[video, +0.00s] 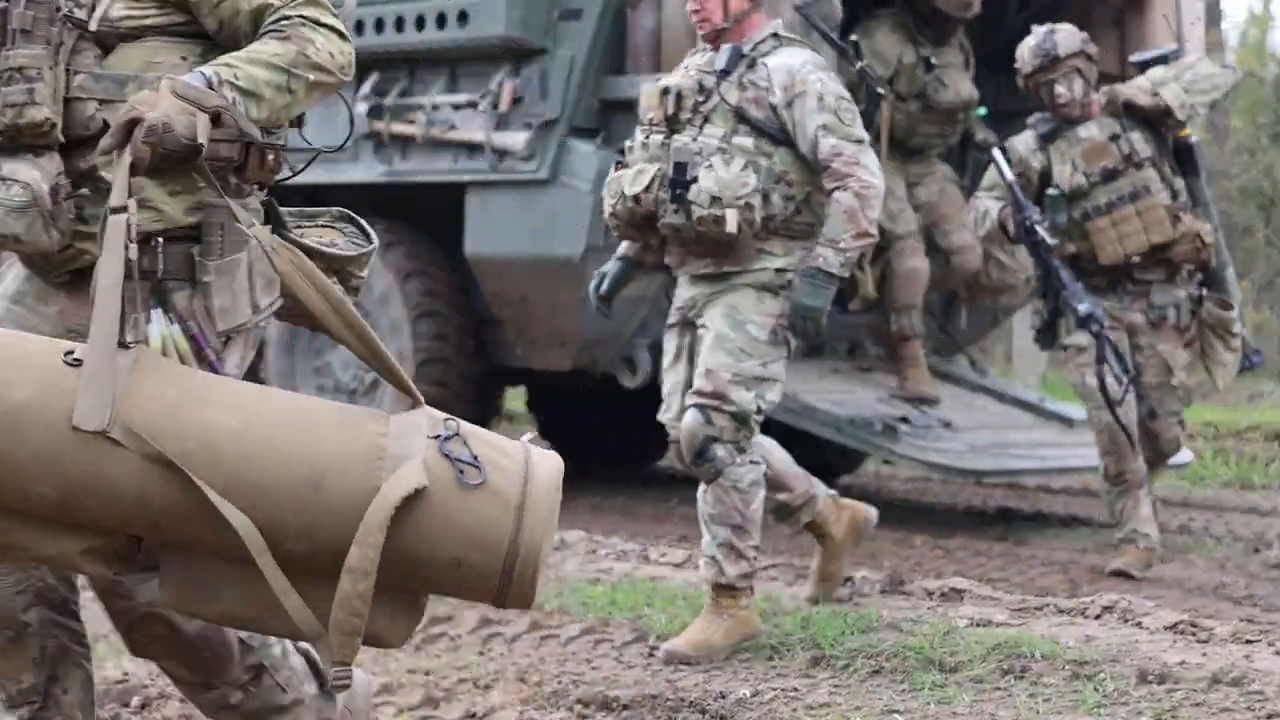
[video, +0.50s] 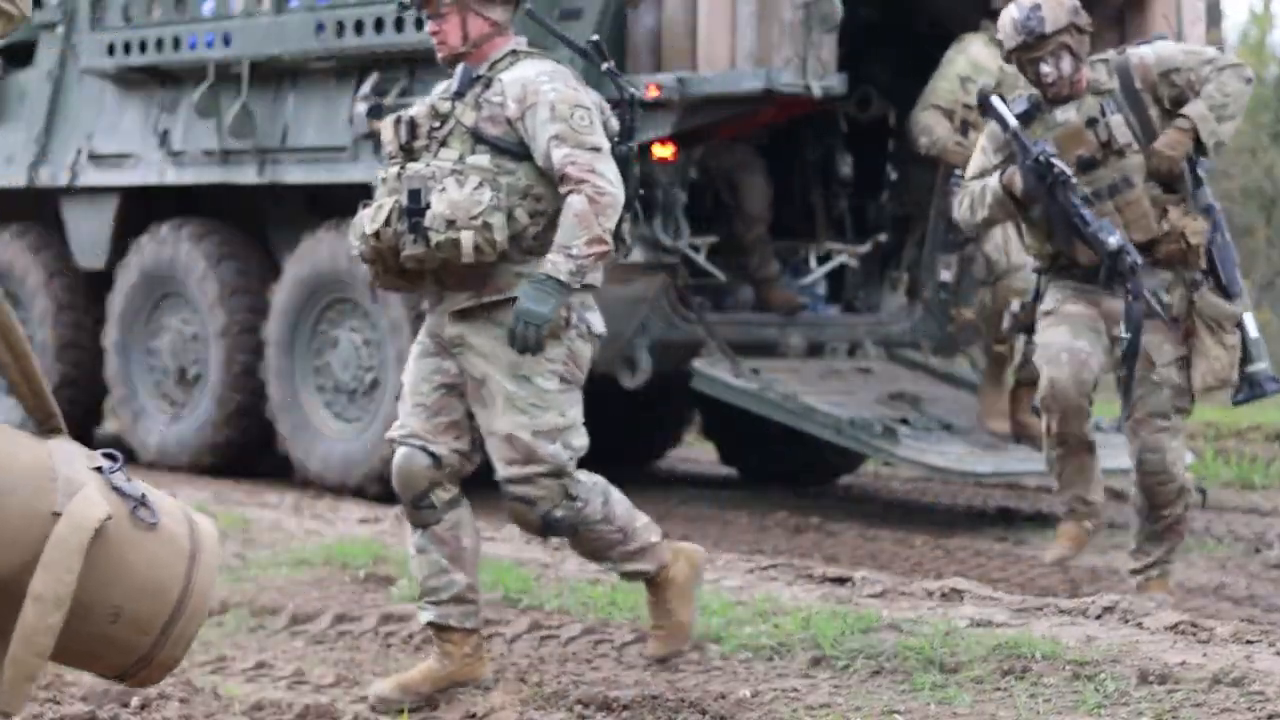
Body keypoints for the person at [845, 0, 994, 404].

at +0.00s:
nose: (972, 3)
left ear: (975, 7)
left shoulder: (960, 44)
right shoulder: (885, 37)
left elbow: (961, 104)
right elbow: (862, 109)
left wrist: (977, 129)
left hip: (930, 159)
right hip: (882, 157)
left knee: (967, 258)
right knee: (910, 261)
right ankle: (912, 364)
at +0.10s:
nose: (970, 29)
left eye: (975, 22)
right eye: (964, 19)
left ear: (977, 17)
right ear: (937, 6)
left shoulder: (972, 45)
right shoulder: (898, 41)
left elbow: (977, 110)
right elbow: (849, 99)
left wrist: (1001, 129)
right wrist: (877, 127)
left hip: (951, 167)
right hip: (903, 165)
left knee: (987, 255)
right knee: (926, 269)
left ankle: (945, 347)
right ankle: (916, 364)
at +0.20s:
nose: (985, 24)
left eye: (991, 17)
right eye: (978, 14)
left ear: (995, 14)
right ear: (954, 5)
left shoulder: (987, 47)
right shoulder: (917, 38)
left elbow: (1002, 106)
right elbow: (864, 100)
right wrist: (898, 130)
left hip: (970, 171)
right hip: (922, 171)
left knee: (999, 262)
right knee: (933, 275)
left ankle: (989, 379)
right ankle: (916, 371)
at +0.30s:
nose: (1005, 19)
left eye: (1010, 14)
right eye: (1000, 10)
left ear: (1012, 15)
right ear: (977, 3)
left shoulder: (1007, 52)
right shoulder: (939, 37)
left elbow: (1034, 99)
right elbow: (891, 101)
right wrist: (916, 129)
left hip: (996, 178)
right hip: (942, 175)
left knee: (1005, 282)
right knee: (948, 280)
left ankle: (1009, 398)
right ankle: (923, 364)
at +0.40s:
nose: (1014, 11)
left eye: (1019, 7)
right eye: (1009, 5)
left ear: (1018, 12)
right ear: (988, 4)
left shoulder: (1019, 53)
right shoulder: (960, 45)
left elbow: (1039, 110)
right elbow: (912, 116)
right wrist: (947, 145)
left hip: (1009, 188)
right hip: (961, 188)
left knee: (1035, 288)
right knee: (985, 296)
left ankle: (1017, 404)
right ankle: (942, 347)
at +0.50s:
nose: (1029, 22)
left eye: (1035, 17)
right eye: (1024, 14)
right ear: (1005, 14)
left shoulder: (1048, 59)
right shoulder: (975, 52)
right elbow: (927, 121)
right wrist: (977, 161)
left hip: (1036, 191)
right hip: (987, 190)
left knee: (1044, 294)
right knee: (1016, 284)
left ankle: (1026, 403)